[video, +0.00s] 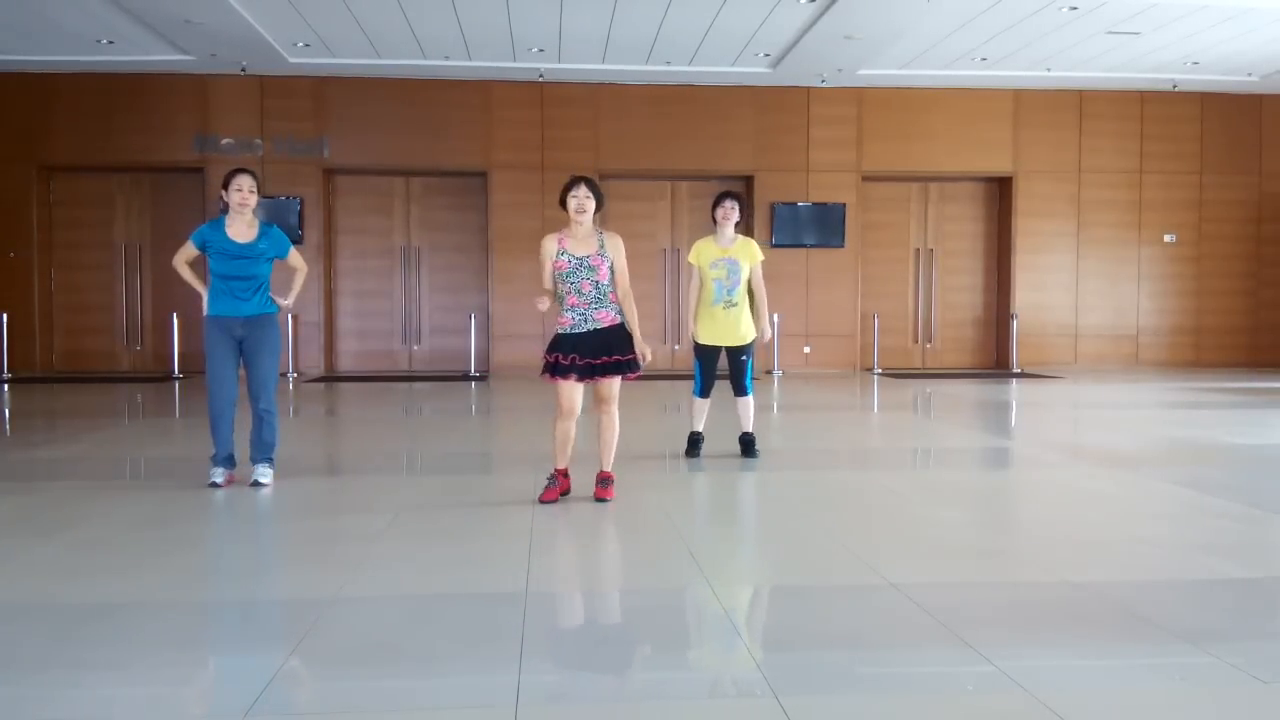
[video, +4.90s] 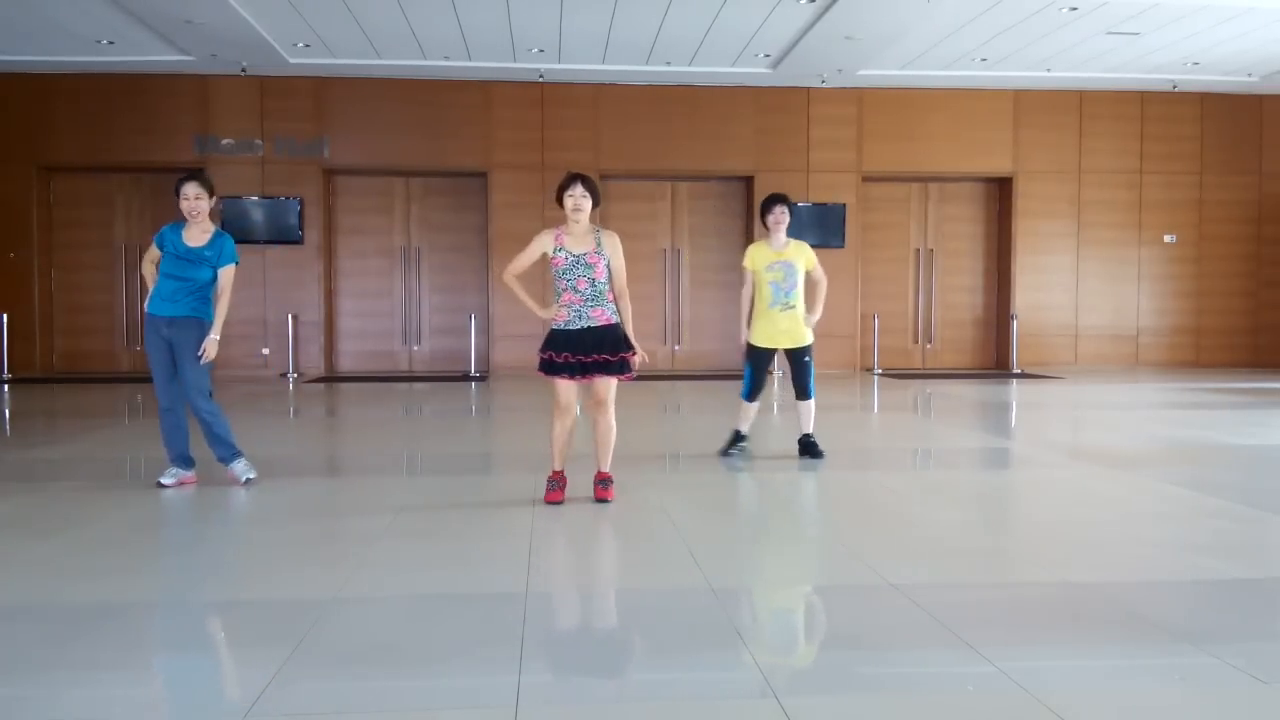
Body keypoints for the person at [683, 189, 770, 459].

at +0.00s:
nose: (727, 211)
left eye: (733, 208)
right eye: (723, 207)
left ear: (739, 215)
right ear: (714, 213)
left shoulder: (749, 246)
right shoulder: (701, 247)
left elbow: (758, 287)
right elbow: (694, 286)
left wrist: (764, 321)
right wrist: (689, 322)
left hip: (740, 328)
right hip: (706, 327)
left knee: (742, 386)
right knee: (702, 386)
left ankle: (747, 437)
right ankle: (696, 436)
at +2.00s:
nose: (739, 212)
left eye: (744, 208)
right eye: (734, 207)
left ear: (751, 213)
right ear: (725, 213)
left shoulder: (762, 247)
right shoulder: (714, 247)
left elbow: (769, 287)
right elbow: (707, 287)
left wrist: (769, 319)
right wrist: (702, 323)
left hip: (752, 328)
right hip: (720, 327)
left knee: (749, 386)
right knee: (711, 385)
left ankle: (748, 437)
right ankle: (697, 435)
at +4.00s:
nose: (721, 220)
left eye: (726, 216)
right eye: (717, 216)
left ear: (737, 220)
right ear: (713, 220)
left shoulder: (749, 252)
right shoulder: (701, 249)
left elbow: (768, 283)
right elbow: (692, 285)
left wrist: (757, 312)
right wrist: (688, 318)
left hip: (737, 329)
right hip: (704, 327)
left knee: (744, 386)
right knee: (700, 385)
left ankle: (753, 436)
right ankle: (692, 434)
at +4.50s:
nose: (737, 224)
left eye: (743, 219)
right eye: (732, 218)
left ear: (747, 224)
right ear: (722, 220)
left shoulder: (753, 254)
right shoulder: (707, 252)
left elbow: (769, 285)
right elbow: (694, 283)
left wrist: (762, 315)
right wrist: (685, 311)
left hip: (744, 330)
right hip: (711, 330)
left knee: (764, 383)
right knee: (703, 385)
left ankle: (786, 436)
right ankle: (693, 434)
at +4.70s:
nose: (760, 222)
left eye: (765, 218)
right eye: (754, 218)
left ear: (771, 223)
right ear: (745, 223)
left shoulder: (781, 256)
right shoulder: (734, 254)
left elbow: (795, 287)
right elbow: (719, 291)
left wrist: (789, 317)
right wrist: (712, 323)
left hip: (772, 331)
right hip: (737, 331)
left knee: (791, 382)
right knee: (721, 384)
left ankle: (805, 438)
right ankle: (697, 433)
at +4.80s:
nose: (770, 220)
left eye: (775, 215)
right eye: (765, 215)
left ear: (781, 220)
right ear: (756, 221)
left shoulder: (793, 253)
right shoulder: (745, 253)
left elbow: (811, 281)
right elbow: (735, 291)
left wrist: (805, 315)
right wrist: (729, 326)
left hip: (787, 329)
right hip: (753, 330)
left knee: (800, 385)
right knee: (735, 386)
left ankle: (806, 438)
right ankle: (714, 433)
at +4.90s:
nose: (779, 217)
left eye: (783, 212)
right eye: (773, 213)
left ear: (790, 217)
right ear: (764, 218)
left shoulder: (802, 250)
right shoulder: (754, 251)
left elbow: (821, 279)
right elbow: (747, 290)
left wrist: (815, 314)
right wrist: (743, 327)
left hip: (797, 329)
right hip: (763, 330)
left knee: (804, 387)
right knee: (751, 387)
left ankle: (807, 438)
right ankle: (740, 436)